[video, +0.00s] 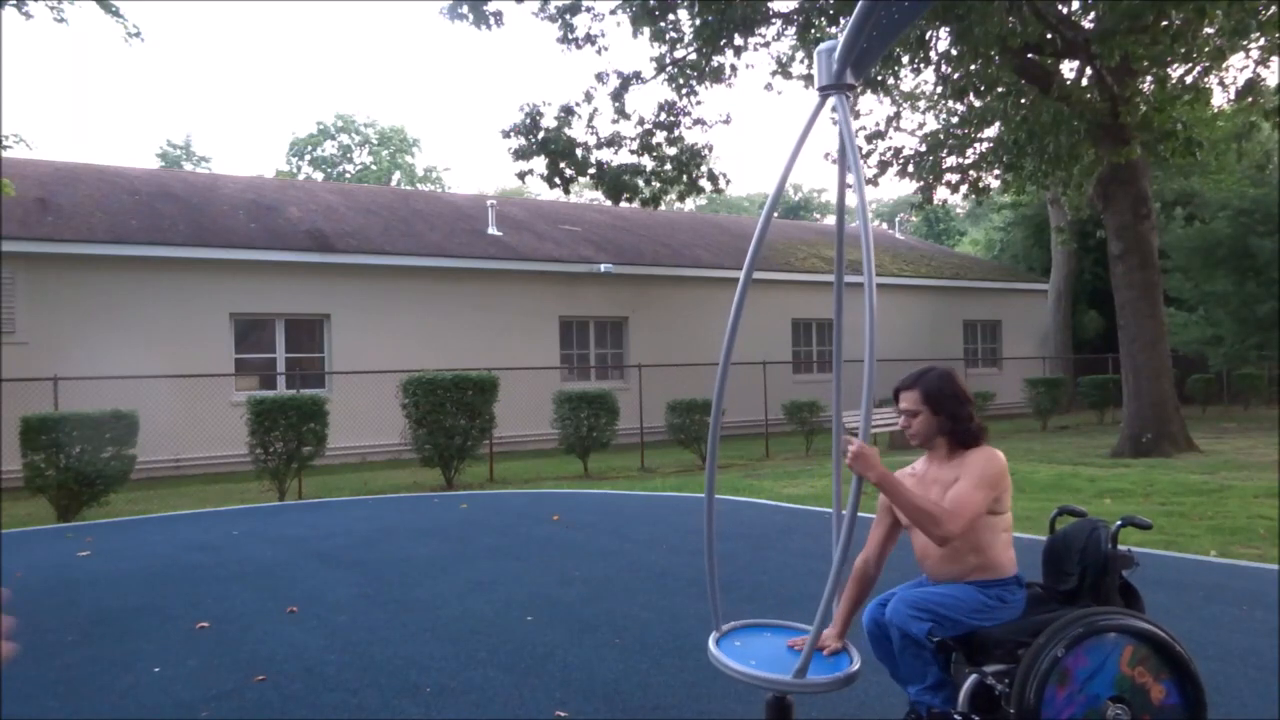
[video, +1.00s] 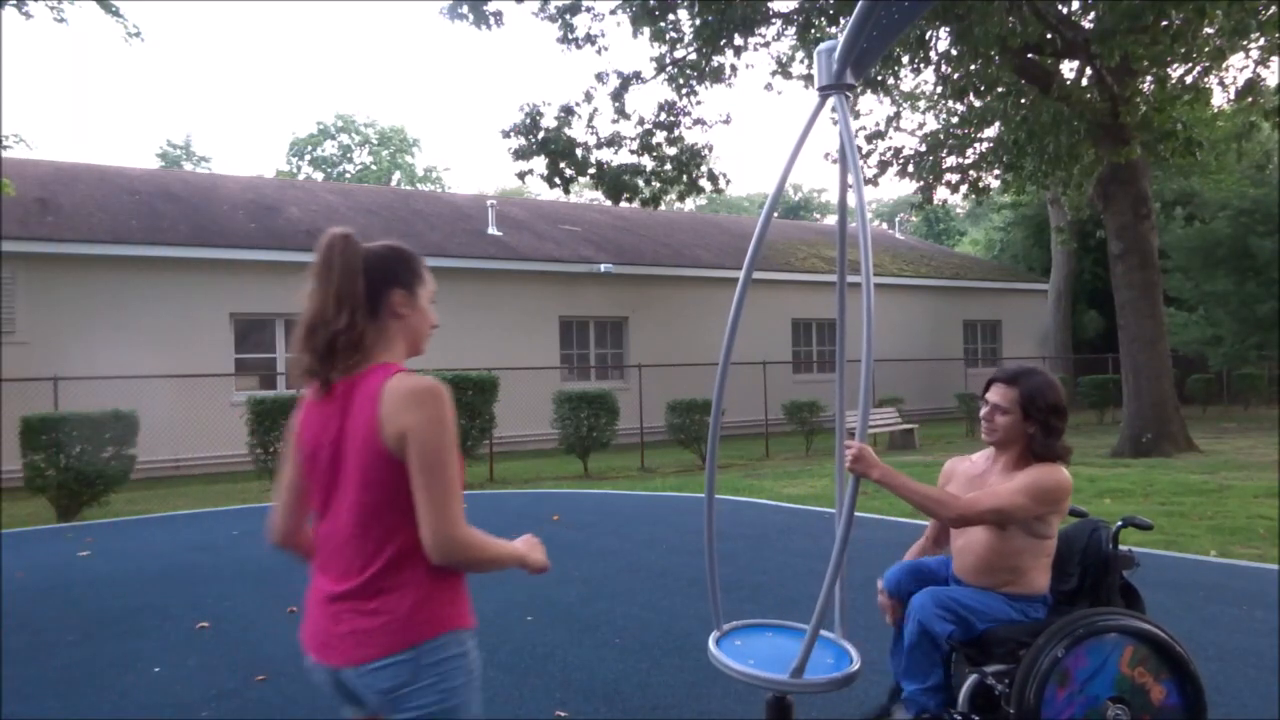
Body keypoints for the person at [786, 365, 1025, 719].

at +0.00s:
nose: (903, 424)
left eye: (912, 415)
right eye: (901, 415)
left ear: (943, 414)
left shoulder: (987, 462)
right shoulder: (901, 478)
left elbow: (946, 527)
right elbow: (869, 562)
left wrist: (880, 474)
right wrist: (837, 630)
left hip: (993, 590)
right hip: (937, 586)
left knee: (903, 613)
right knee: (877, 618)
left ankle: (940, 707)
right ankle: (926, 702)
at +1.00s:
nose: (985, 415)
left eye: (1000, 410)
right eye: (985, 405)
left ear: (1032, 423)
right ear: (981, 406)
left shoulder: (1051, 479)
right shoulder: (957, 468)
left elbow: (960, 512)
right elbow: (933, 541)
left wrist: (878, 471)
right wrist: (893, 584)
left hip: (1015, 602)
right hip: (959, 581)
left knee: (927, 606)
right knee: (898, 579)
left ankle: (923, 705)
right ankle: (907, 686)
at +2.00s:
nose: (977, 428)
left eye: (988, 422)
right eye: (978, 418)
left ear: (1023, 425)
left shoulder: (1056, 480)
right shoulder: (968, 463)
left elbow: (966, 507)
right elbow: (935, 505)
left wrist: (883, 468)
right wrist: (902, 510)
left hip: (1016, 601)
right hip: (963, 572)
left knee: (931, 614)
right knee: (913, 526)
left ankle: (922, 712)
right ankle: (829, 587)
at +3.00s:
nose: (947, 418)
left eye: (955, 410)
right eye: (948, 409)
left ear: (987, 414)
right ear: (973, 415)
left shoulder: (1026, 480)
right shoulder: (957, 469)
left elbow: (992, 574)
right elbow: (898, 511)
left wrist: (944, 647)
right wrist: (863, 456)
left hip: (1014, 601)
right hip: (957, 582)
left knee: (924, 620)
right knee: (887, 599)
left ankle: (928, 712)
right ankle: (795, 636)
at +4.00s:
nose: (939, 412)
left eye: (950, 407)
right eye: (943, 403)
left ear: (981, 416)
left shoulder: (1017, 467)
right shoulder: (944, 473)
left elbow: (997, 559)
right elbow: (885, 515)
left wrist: (914, 581)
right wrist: (862, 460)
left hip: (1019, 595)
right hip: (970, 587)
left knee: (925, 561)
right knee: (900, 586)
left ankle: (838, 636)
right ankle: (795, 628)